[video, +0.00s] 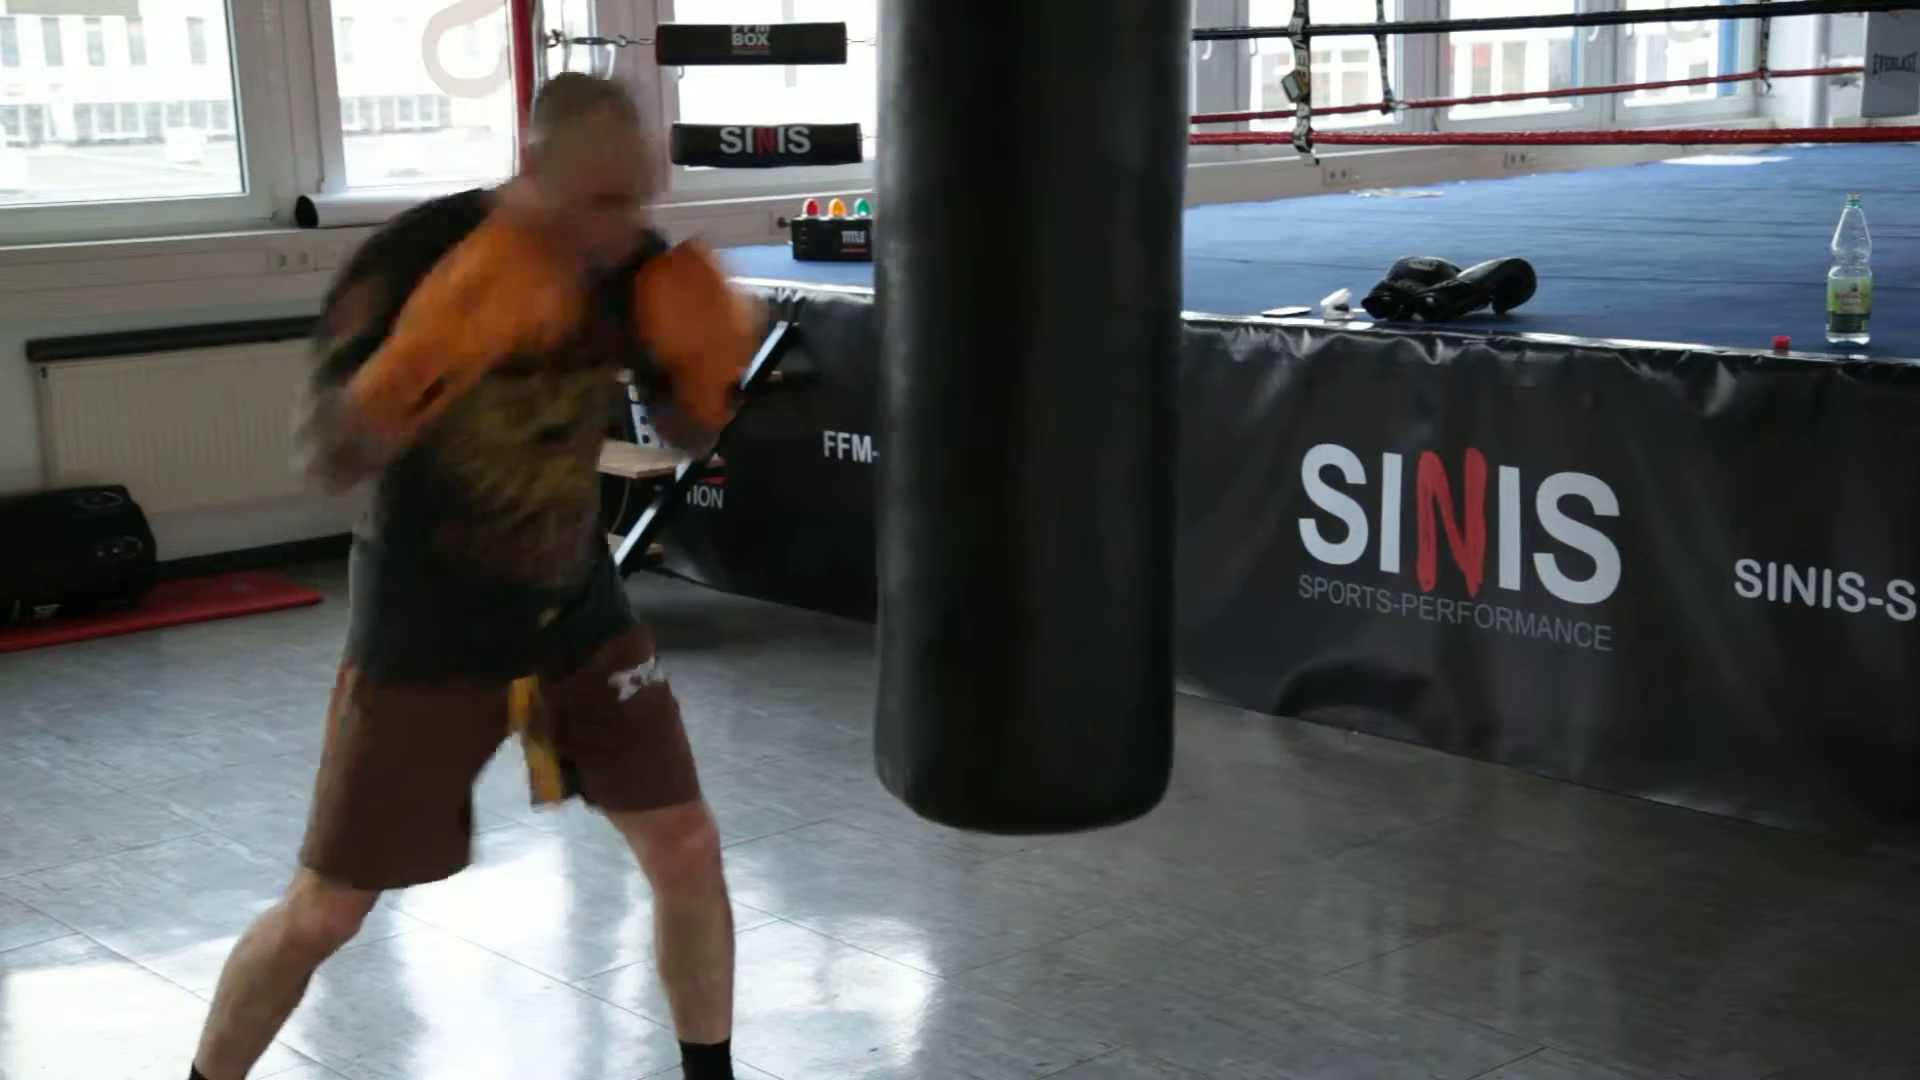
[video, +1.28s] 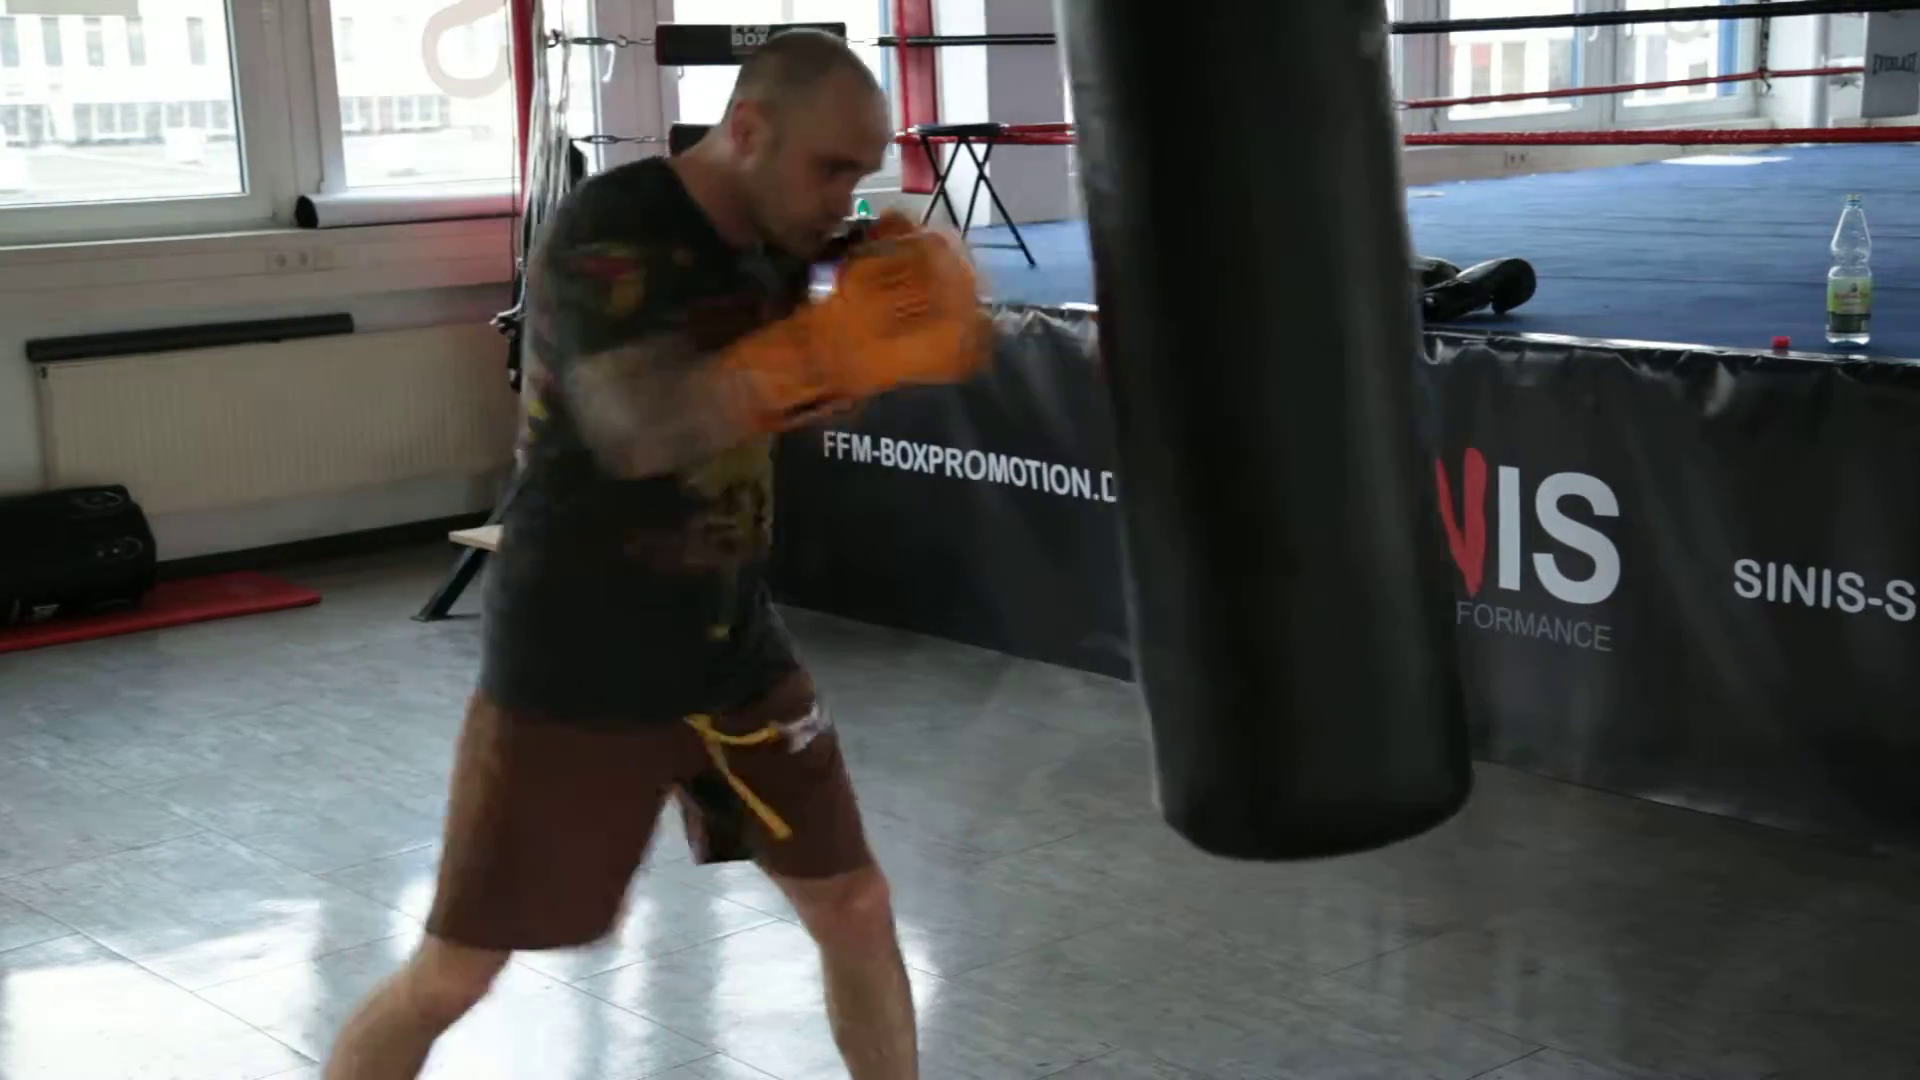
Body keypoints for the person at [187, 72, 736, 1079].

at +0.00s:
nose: (630, 226)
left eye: (640, 198)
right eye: (607, 200)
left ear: (649, 178)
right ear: (534, 171)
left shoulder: (634, 272)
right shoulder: (414, 264)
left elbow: (681, 431)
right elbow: (329, 454)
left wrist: (704, 368)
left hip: (575, 607)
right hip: (424, 620)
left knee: (685, 848)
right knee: (324, 915)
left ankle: (711, 1074)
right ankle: (208, 1077)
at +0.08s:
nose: (681, 213)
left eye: (695, 189)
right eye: (660, 185)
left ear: (705, 175)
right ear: (580, 159)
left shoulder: (651, 257)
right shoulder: (489, 225)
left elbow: (701, 412)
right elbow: (466, 341)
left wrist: (749, 348)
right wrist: (659, 277)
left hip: (578, 589)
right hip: (441, 602)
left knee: (688, 839)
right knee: (334, 910)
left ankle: (710, 1075)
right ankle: (210, 1073)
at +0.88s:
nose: (661, 159)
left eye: (673, 132)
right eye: (638, 132)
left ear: (681, 119)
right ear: (551, 101)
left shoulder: (653, 225)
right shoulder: (423, 225)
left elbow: (756, 412)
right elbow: (436, 419)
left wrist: (791, 320)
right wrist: (583, 319)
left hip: (649, 632)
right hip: (479, 647)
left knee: (798, 905)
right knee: (384, 956)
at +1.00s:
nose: (751, 182)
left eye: (763, 155)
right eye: (729, 153)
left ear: (774, 141)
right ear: (647, 127)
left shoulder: (760, 253)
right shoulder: (518, 248)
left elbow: (823, 465)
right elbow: (460, 472)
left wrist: (844, 363)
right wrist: (579, 373)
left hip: (725, 658)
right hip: (552, 671)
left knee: (864, 919)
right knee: (421, 974)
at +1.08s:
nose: (830, 187)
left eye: (841, 162)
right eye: (815, 158)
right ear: (734, 126)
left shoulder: (797, 246)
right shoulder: (583, 229)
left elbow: (819, 466)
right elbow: (511, 456)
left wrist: (866, 380)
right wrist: (644, 352)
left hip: (731, 643)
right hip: (576, 657)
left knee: (859, 909)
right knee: (470, 978)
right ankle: (354, 1069)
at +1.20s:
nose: (858, 203)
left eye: (871, 178)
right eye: (845, 171)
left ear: (772, 133)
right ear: (762, 129)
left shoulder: (750, 241)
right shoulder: (636, 220)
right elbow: (773, 362)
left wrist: (869, 329)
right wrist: (930, 314)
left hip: (722, 629)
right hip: (588, 649)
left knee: (855, 897)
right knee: (479, 987)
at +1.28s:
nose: (844, 203)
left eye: (858, 178)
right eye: (833, 171)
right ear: (749, 131)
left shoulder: (781, 244)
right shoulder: (597, 232)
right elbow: (631, 424)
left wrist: (921, 298)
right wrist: (819, 354)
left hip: (725, 643)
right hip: (569, 663)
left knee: (854, 909)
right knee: (453, 973)